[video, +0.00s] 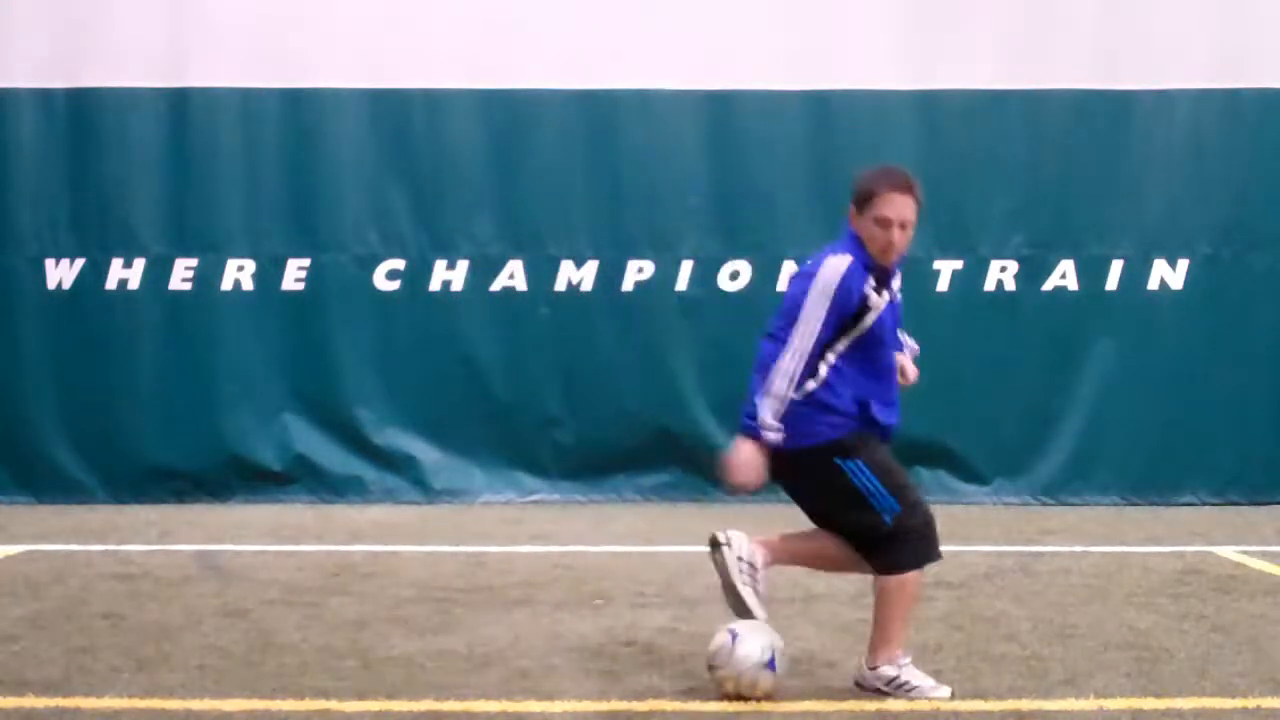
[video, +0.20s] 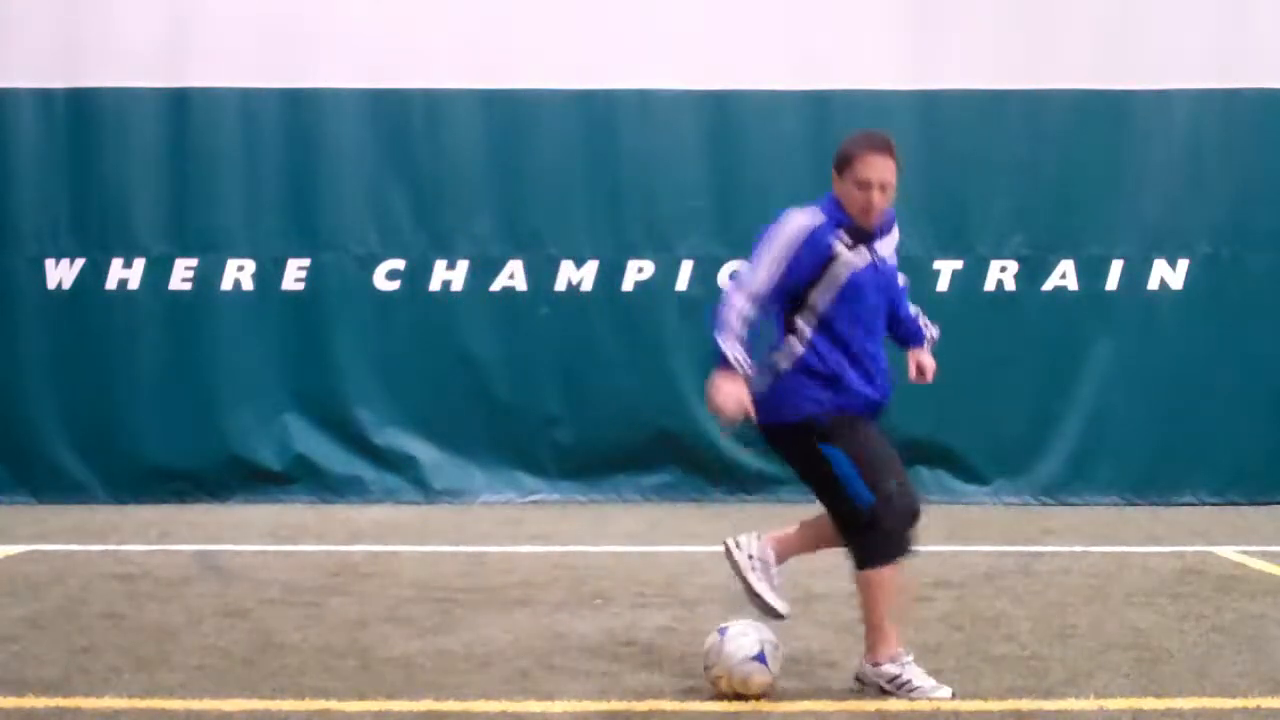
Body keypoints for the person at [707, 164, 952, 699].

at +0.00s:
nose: (895, 239)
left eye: (905, 227)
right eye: (883, 224)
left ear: (915, 226)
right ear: (857, 219)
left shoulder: (884, 273)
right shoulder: (835, 271)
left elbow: (879, 324)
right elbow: (793, 350)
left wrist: (897, 351)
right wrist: (758, 433)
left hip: (846, 434)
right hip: (817, 437)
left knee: (885, 546)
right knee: (909, 531)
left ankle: (756, 552)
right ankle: (885, 664)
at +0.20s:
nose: (876, 199)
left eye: (885, 188)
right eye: (863, 186)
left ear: (895, 188)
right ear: (837, 183)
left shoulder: (884, 231)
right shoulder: (803, 229)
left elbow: (888, 292)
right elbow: (743, 294)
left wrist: (916, 337)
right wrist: (730, 366)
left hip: (852, 403)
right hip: (801, 403)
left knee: (897, 508)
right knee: (877, 513)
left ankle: (764, 551)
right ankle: (883, 659)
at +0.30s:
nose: (853, 170)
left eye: (864, 159)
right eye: (842, 157)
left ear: (876, 159)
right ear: (818, 154)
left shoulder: (878, 209)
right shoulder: (781, 200)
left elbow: (880, 278)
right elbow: (713, 256)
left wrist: (894, 327)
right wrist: (706, 335)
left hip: (842, 378)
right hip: (779, 375)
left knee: (871, 494)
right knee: (831, 493)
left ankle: (785, 590)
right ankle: (875, 631)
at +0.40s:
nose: (824, 172)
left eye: (836, 161)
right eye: (813, 159)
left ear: (850, 161)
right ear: (792, 155)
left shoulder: (860, 215)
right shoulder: (756, 210)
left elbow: (865, 285)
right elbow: (697, 276)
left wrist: (867, 340)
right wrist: (709, 342)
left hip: (832, 387)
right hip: (760, 385)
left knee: (837, 521)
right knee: (782, 503)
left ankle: (831, 644)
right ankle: (793, 622)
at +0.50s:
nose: (783, 177)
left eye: (794, 166)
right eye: (771, 166)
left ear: (813, 168)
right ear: (754, 168)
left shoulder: (835, 223)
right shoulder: (722, 224)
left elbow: (847, 287)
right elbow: (673, 287)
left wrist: (860, 343)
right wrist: (687, 316)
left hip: (818, 402)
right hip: (740, 398)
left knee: (835, 528)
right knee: (709, 503)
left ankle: (824, 644)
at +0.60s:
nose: (736, 150)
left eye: (746, 139)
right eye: (725, 140)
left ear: (766, 138)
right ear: (708, 142)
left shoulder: (797, 188)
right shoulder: (682, 198)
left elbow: (823, 253)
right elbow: (636, 263)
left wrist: (837, 303)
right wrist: (643, 297)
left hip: (792, 375)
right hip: (712, 373)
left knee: (818, 504)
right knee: (673, 487)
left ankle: (822, 627)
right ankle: (627, 619)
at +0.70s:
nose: (690, 151)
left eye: (700, 139)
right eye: (678, 141)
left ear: (723, 137)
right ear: (663, 144)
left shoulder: (762, 183)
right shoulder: (643, 204)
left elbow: (803, 237)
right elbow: (603, 278)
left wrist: (820, 297)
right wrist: (607, 319)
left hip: (759, 363)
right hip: (680, 375)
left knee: (794, 456)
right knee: (650, 501)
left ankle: (783, 566)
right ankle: (638, 624)